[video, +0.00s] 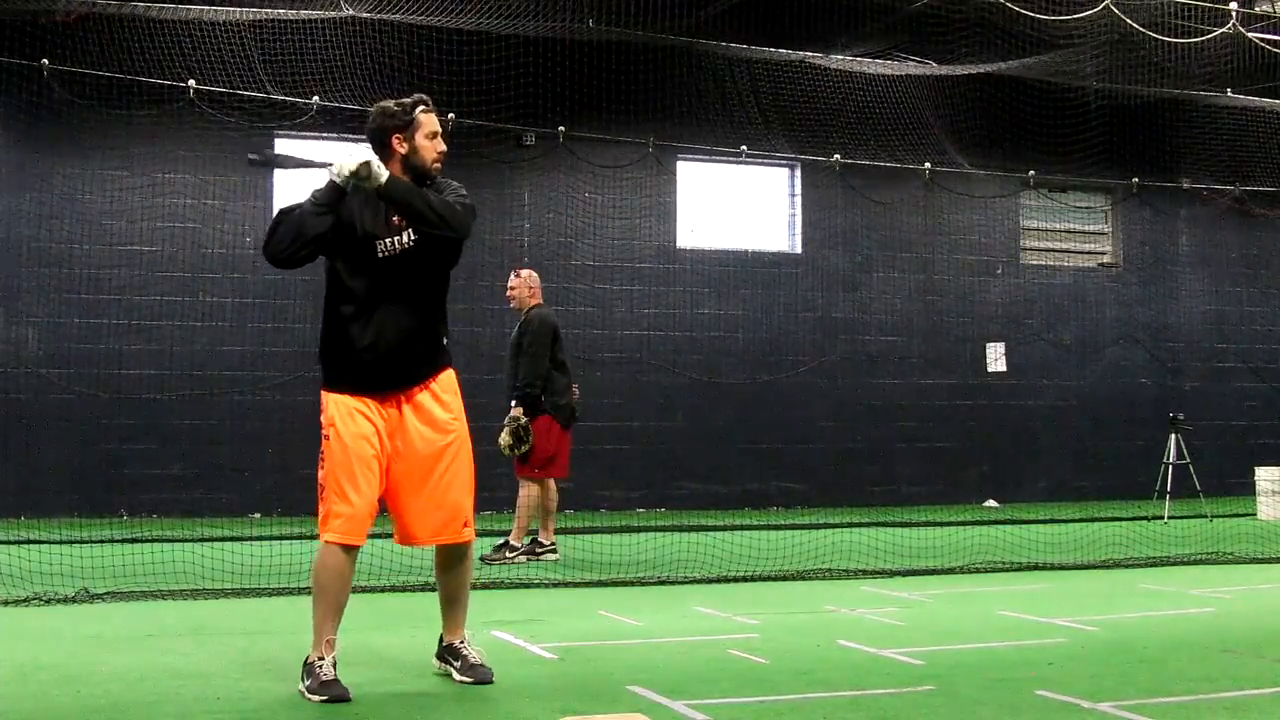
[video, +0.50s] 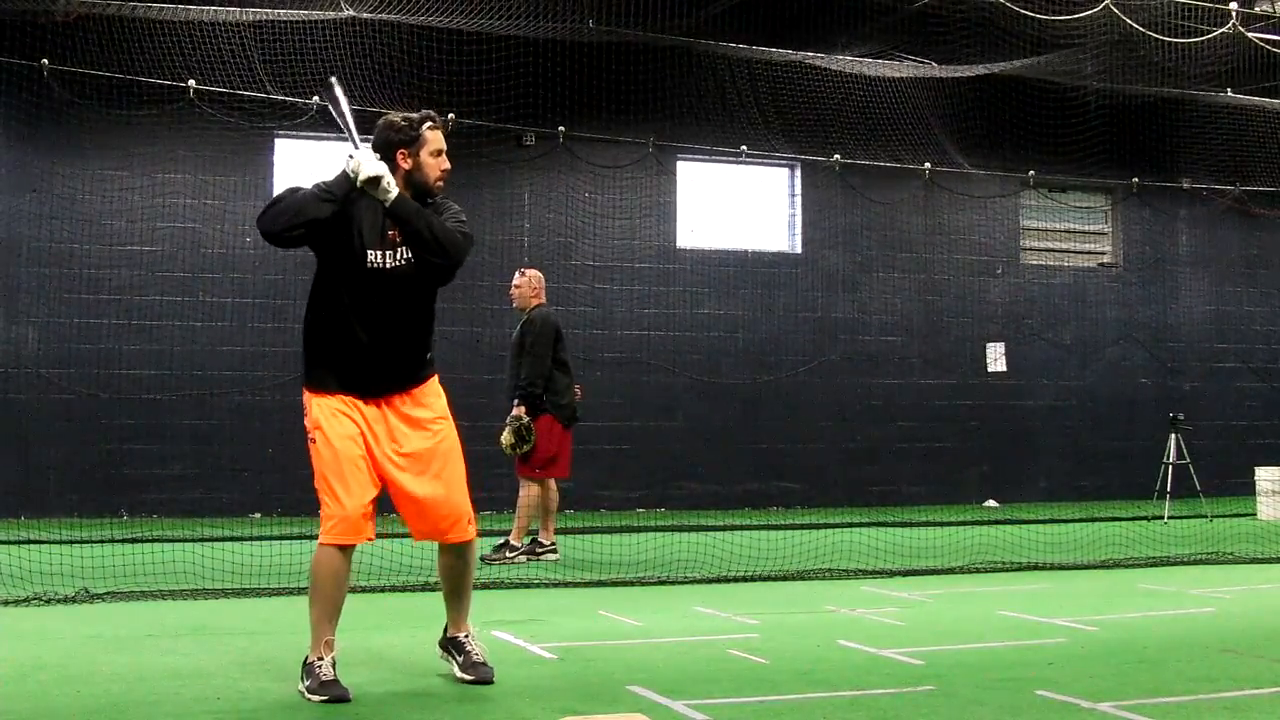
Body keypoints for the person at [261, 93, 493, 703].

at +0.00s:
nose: (443, 145)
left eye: (442, 135)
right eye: (434, 136)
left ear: (412, 143)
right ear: (398, 142)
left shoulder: (445, 198)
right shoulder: (344, 202)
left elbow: (458, 224)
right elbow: (279, 248)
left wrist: (389, 179)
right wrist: (339, 193)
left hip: (430, 385)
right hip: (355, 391)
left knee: (454, 522)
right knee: (345, 527)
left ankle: (455, 642)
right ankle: (322, 658)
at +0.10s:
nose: (448, 147)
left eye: (447, 138)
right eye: (439, 138)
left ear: (416, 145)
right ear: (404, 146)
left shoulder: (448, 199)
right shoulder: (350, 203)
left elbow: (461, 230)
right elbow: (284, 248)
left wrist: (393, 183)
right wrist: (344, 196)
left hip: (435, 387)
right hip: (360, 391)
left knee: (457, 523)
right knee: (353, 524)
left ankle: (454, 643)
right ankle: (321, 657)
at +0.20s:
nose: (451, 152)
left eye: (449, 143)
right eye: (442, 143)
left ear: (419, 148)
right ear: (408, 150)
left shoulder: (452, 204)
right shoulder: (352, 205)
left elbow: (465, 234)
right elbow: (286, 242)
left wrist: (397, 190)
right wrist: (347, 192)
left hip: (435, 390)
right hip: (360, 393)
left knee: (458, 525)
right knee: (359, 520)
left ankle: (454, 643)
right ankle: (321, 657)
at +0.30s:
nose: (450, 157)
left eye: (449, 148)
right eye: (441, 148)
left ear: (422, 153)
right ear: (408, 154)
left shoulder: (450, 210)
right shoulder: (350, 206)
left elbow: (461, 245)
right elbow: (282, 235)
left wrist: (397, 194)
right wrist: (348, 189)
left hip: (430, 393)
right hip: (355, 394)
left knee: (458, 526)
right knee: (357, 520)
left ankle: (454, 644)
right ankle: (322, 657)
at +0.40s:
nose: (447, 161)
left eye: (446, 151)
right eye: (439, 151)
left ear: (416, 154)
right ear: (405, 155)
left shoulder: (443, 213)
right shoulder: (346, 205)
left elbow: (455, 252)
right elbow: (276, 228)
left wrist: (394, 195)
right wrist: (345, 183)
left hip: (420, 392)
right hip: (345, 393)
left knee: (455, 524)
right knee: (349, 520)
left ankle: (455, 640)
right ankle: (321, 656)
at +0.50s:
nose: (446, 163)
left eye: (445, 153)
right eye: (438, 154)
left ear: (416, 157)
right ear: (404, 158)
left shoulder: (441, 216)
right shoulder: (343, 206)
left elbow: (450, 254)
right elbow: (272, 223)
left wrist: (393, 196)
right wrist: (344, 182)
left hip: (415, 393)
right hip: (339, 395)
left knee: (457, 526)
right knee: (345, 522)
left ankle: (459, 634)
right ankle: (320, 657)